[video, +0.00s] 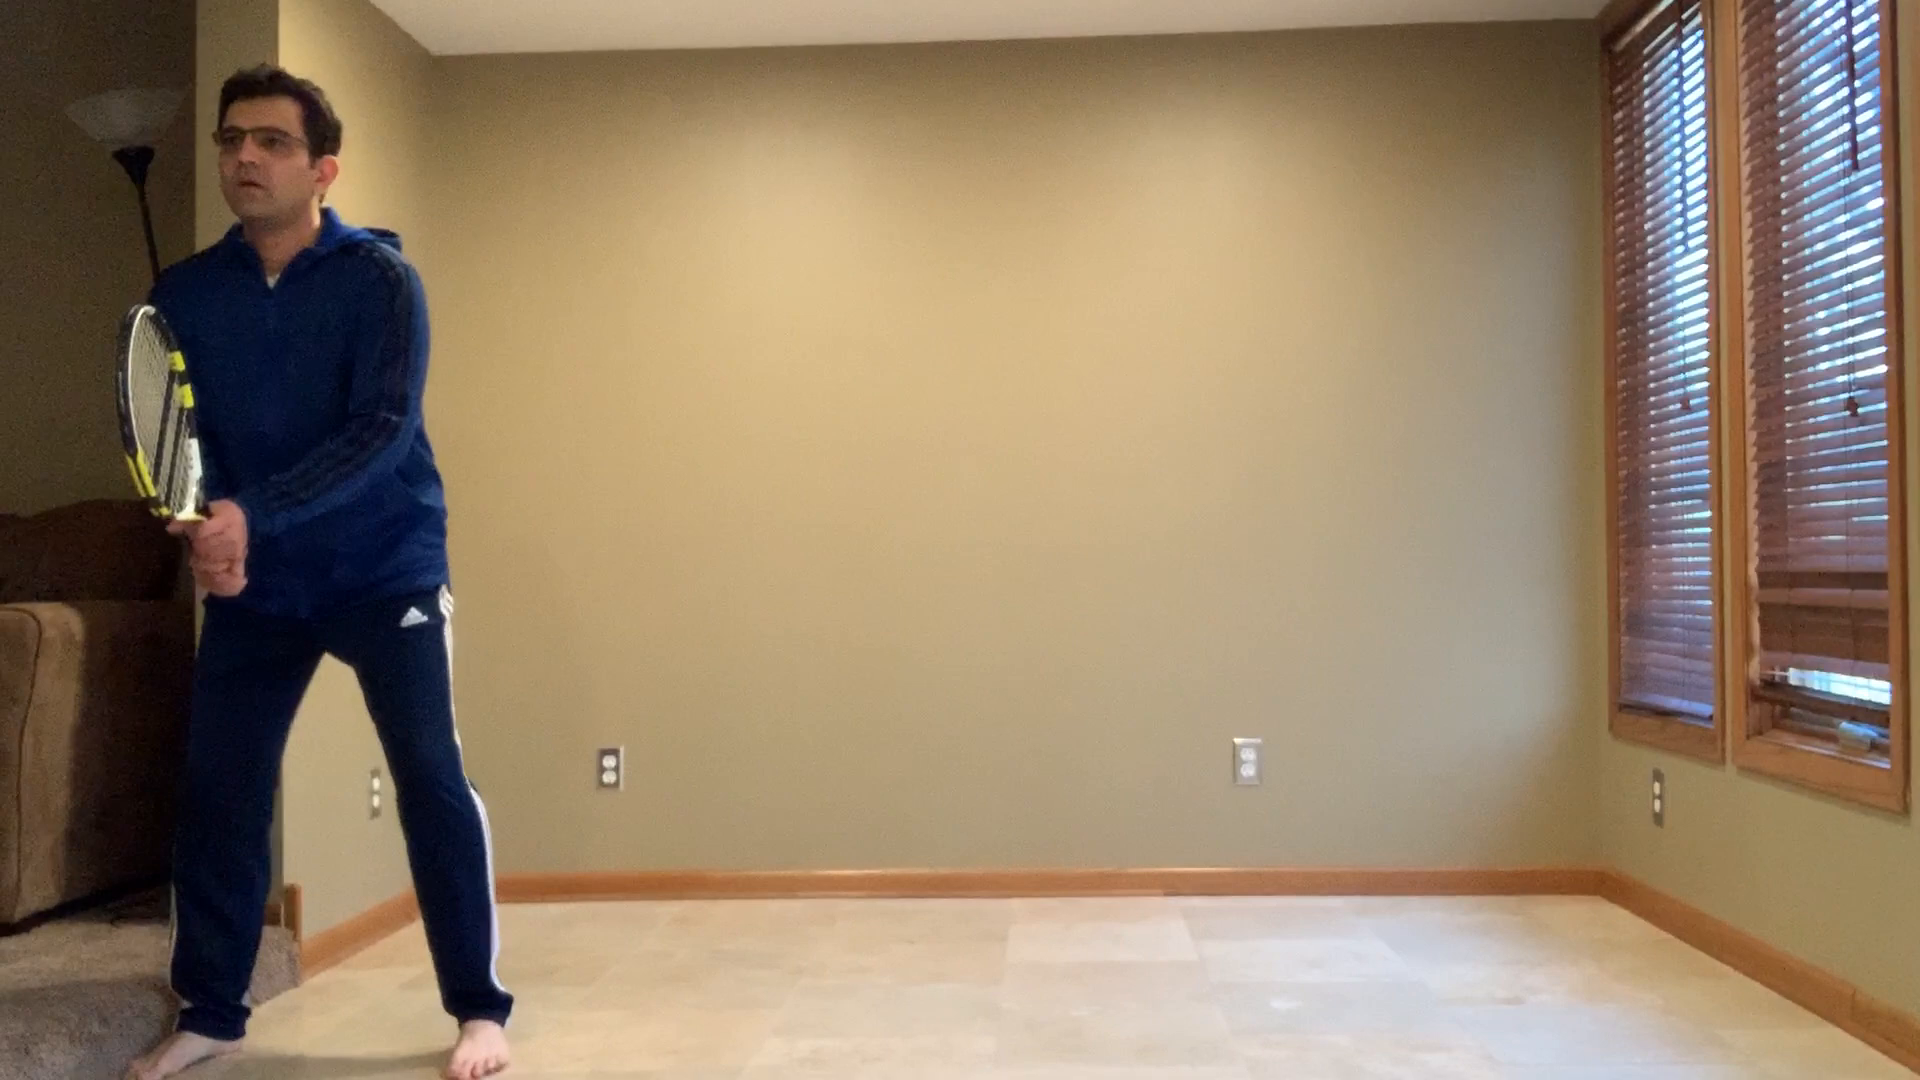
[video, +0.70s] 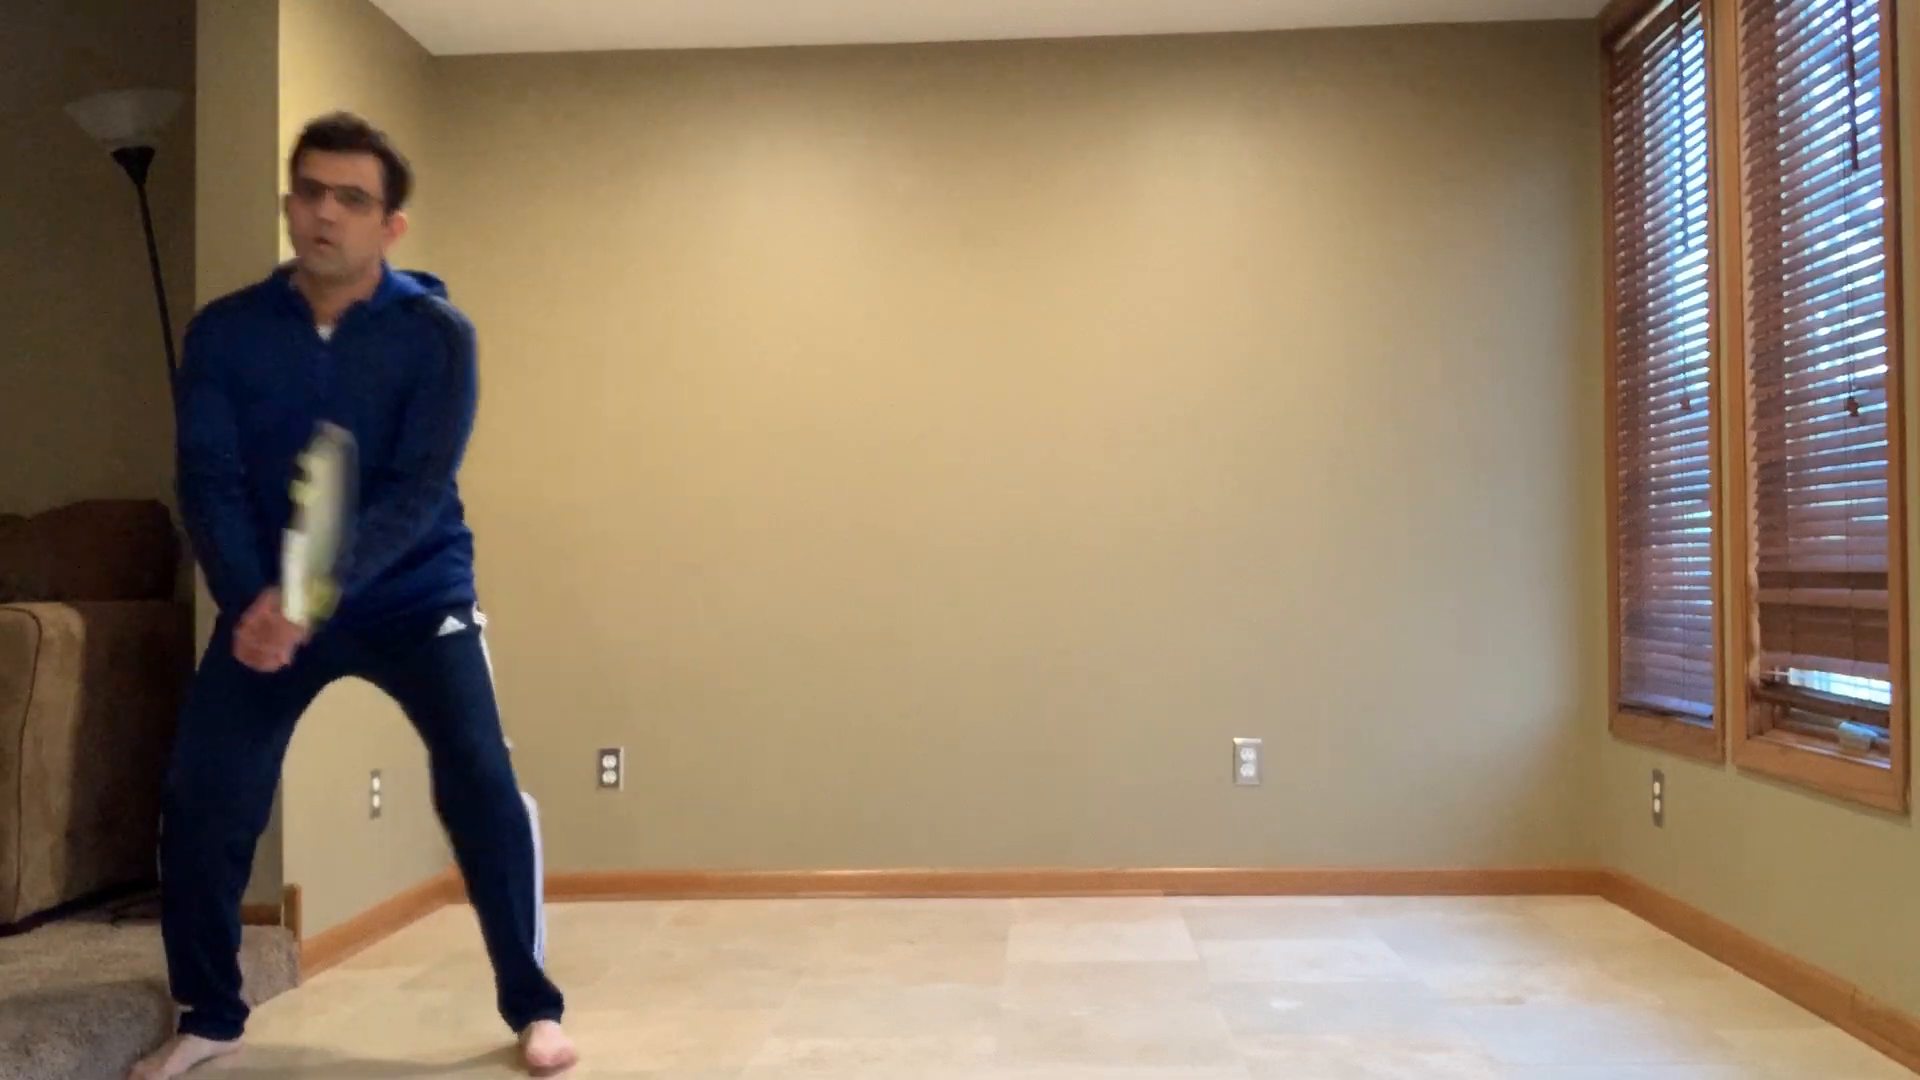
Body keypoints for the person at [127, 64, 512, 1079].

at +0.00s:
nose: (246, 158)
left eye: (273, 141)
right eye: (232, 140)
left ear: (324, 163)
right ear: (217, 159)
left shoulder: (378, 274)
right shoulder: (183, 292)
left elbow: (383, 429)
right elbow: (163, 438)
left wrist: (251, 517)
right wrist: (204, 524)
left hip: (386, 567)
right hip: (256, 578)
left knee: (430, 775)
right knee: (219, 788)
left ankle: (480, 1014)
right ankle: (210, 1017)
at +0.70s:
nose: (320, 215)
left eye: (348, 200)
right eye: (306, 192)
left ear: (393, 224)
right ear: (285, 203)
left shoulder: (435, 334)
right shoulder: (224, 331)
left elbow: (419, 489)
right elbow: (207, 480)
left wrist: (315, 599)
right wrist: (246, 599)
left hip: (411, 599)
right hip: (269, 608)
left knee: (479, 771)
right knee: (203, 796)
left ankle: (533, 1004)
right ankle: (208, 1018)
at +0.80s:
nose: (410, 240)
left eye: (436, 227)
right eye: (394, 218)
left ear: (469, 252)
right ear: (363, 228)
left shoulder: (497, 363)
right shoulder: (286, 344)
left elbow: (486, 522)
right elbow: (262, 498)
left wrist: (406, 627)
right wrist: (313, 630)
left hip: (442, 616)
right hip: (303, 612)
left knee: (526, 786)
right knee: (210, 808)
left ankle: (566, 1001)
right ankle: (209, 1022)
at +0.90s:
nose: (536, 249)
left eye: (561, 236)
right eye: (520, 226)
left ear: (585, 257)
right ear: (483, 229)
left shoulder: (593, 373)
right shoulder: (397, 334)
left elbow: (569, 523)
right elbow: (361, 500)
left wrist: (511, 615)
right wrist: (419, 636)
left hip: (501, 612)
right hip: (368, 597)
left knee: (581, 781)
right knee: (262, 808)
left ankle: (578, 1007)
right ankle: (206, 1020)